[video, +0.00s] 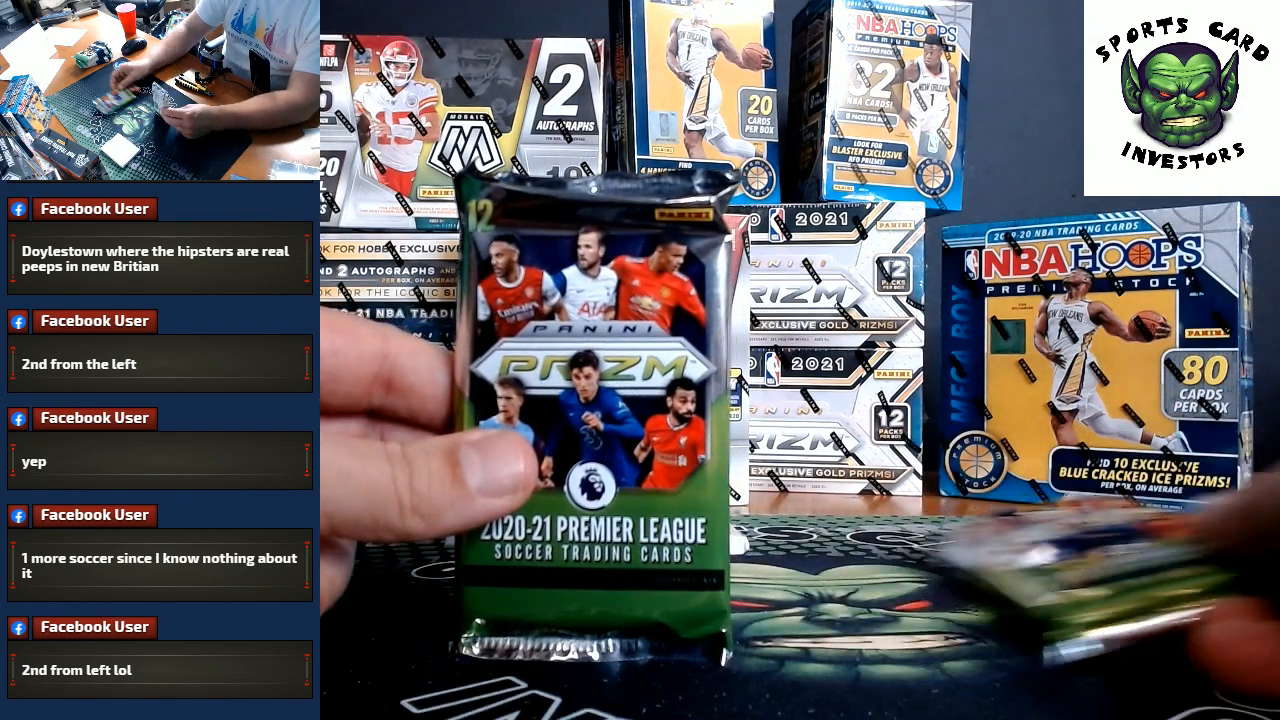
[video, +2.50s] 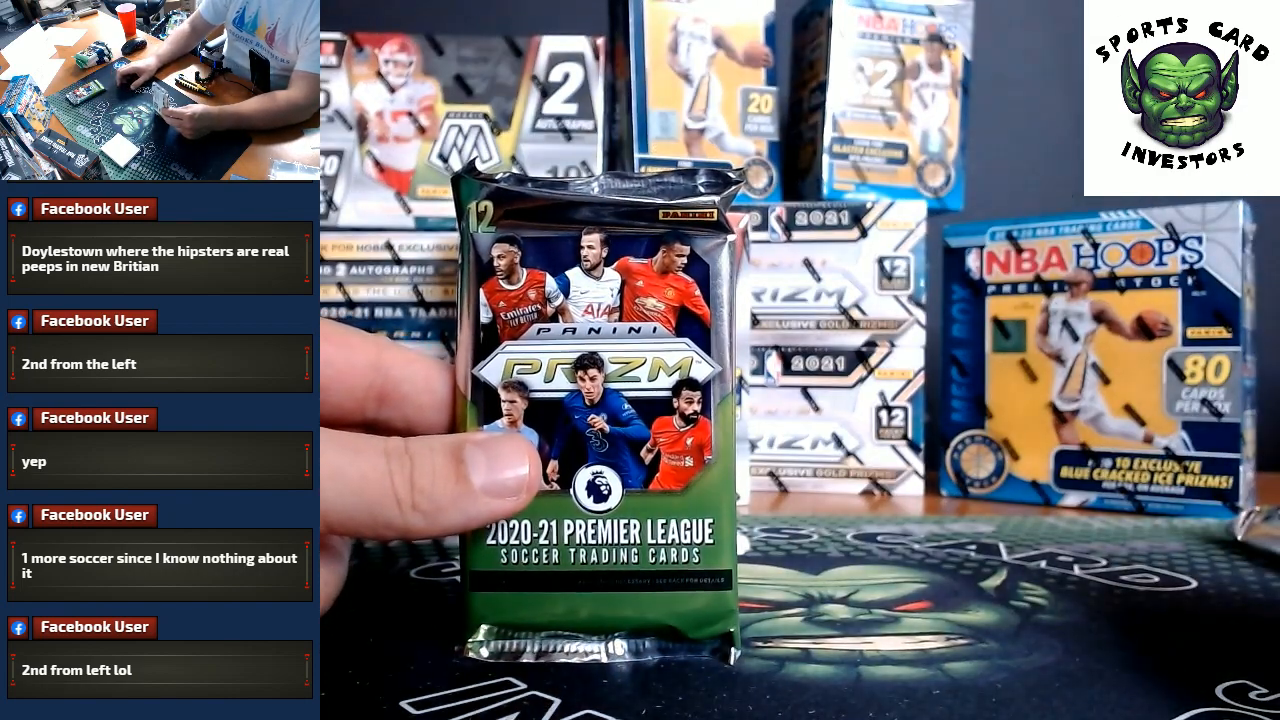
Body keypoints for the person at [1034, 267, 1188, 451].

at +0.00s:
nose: (1069, 273)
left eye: (1076, 272)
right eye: (1070, 271)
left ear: (1086, 282)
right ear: (1067, 282)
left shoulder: (1094, 308)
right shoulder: (1049, 304)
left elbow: (1126, 332)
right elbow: (1038, 335)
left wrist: (1159, 331)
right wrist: (1046, 351)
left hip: (1079, 365)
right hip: (1064, 367)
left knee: (1060, 422)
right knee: (1102, 425)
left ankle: (1082, 480)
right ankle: (1165, 443)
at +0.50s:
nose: (1072, 288)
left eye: (1077, 284)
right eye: (1071, 283)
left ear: (1087, 286)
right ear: (1067, 284)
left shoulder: (1095, 308)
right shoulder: (1053, 304)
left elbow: (1125, 331)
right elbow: (1039, 335)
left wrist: (1155, 330)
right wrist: (1047, 350)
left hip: (1081, 365)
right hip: (1063, 366)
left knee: (1062, 417)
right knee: (1103, 424)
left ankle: (1077, 473)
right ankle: (1165, 442)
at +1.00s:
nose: (1072, 287)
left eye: (1077, 283)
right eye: (1071, 283)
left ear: (1087, 285)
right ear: (1067, 283)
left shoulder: (1095, 308)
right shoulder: (1053, 303)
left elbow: (1126, 331)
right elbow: (1039, 335)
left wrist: (1157, 330)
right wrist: (1047, 350)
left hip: (1081, 365)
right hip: (1063, 367)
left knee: (1062, 418)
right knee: (1104, 424)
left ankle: (1077, 473)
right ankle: (1165, 442)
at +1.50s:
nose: (1072, 288)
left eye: (1077, 284)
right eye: (1070, 283)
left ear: (1087, 286)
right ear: (1067, 283)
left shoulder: (1095, 308)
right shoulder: (1053, 303)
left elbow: (1126, 331)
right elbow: (1039, 335)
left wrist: (1156, 330)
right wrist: (1047, 350)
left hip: (1081, 365)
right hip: (1063, 366)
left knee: (1062, 418)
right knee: (1103, 424)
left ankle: (1077, 473)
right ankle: (1165, 442)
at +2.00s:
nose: (1072, 288)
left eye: (1077, 284)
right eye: (1071, 283)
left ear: (1087, 285)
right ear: (1067, 283)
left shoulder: (1095, 308)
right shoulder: (1053, 304)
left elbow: (1126, 331)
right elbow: (1039, 334)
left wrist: (1156, 329)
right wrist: (1047, 349)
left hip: (1081, 365)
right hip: (1064, 367)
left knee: (1062, 418)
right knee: (1103, 424)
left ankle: (1078, 473)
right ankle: (1165, 442)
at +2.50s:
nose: (1072, 287)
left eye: (1077, 284)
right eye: (1071, 283)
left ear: (1087, 285)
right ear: (1067, 283)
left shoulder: (1095, 308)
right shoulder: (1053, 304)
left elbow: (1126, 331)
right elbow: (1039, 334)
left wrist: (1156, 330)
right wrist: (1047, 350)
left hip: (1081, 365)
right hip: (1064, 367)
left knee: (1062, 418)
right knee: (1103, 424)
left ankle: (1078, 473)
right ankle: (1165, 442)